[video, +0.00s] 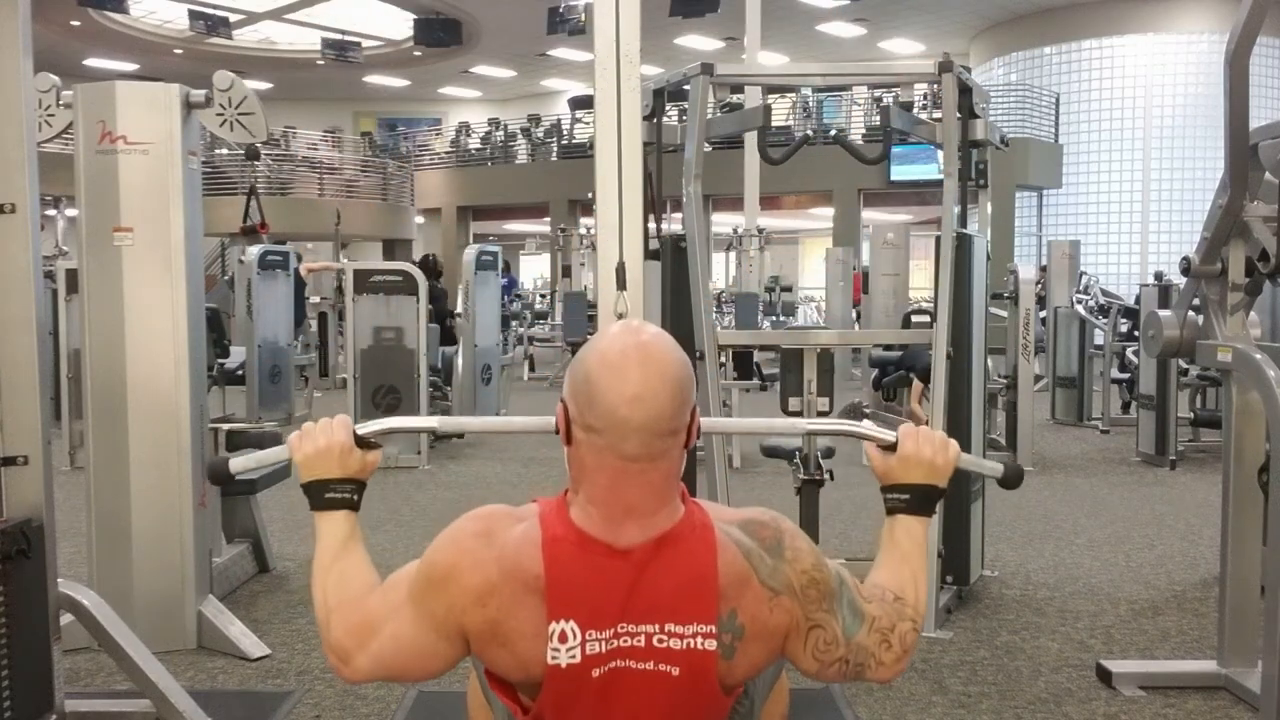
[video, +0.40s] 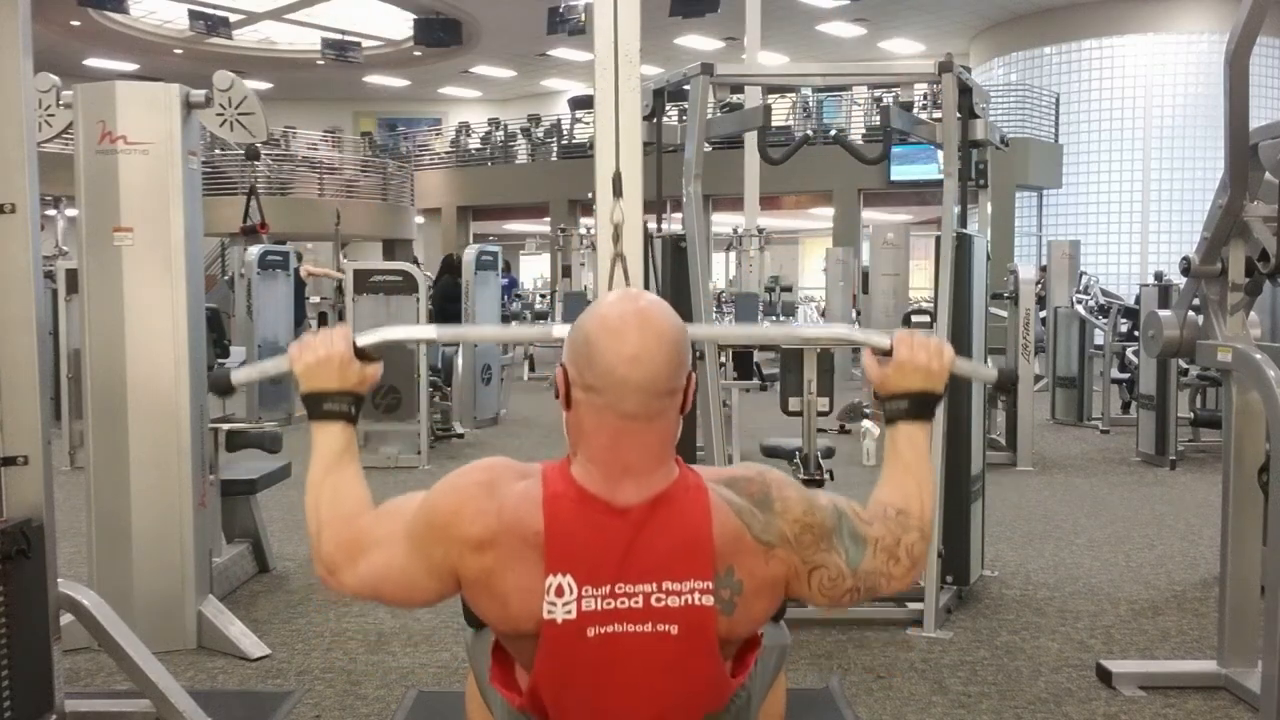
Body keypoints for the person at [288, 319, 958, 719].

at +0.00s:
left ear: (565, 424)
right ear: (691, 430)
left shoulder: (485, 553)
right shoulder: (763, 558)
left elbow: (356, 646)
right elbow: (880, 649)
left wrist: (331, 497)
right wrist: (913, 502)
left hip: (532, 710)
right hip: (701, 713)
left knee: (485, 659)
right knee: (770, 654)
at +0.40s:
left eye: (567, 367)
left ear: (564, 389)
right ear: (686, 393)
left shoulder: (486, 508)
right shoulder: (757, 514)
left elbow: (345, 557)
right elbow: (899, 554)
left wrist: (328, 409)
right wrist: (912, 410)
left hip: (536, 706)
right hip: (710, 704)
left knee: (489, 636)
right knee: (769, 627)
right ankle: (779, 704)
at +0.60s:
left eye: (564, 353)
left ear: (561, 375)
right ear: (682, 377)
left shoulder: (488, 482)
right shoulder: (748, 486)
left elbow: (337, 493)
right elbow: (898, 479)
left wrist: (330, 345)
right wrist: (912, 337)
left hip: (545, 701)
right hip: (706, 699)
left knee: (472, 666)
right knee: (774, 646)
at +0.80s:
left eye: (561, 331)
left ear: (560, 352)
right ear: (677, 355)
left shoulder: (490, 449)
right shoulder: (750, 446)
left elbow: (340, 422)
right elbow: (893, 407)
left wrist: (330, 278)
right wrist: (910, 257)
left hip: (552, 697)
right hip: (700, 696)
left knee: (495, 628)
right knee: (764, 637)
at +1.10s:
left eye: (565, 286)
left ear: (564, 311)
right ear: (672, 312)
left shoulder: (498, 388)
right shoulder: (744, 391)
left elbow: (356, 321)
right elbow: (873, 314)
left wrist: (339, 178)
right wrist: (901, 167)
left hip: (553, 693)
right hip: (707, 688)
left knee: (492, 646)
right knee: (768, 647)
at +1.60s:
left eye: (570, 264)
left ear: (568, 280)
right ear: (671, 281)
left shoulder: (515, 339)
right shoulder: (728, 343)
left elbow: (405, 222)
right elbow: (827, 214)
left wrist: (348, 70)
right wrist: (885, 67)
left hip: (556, 682)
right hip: (697, 681)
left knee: (488, 667)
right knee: (769, 646)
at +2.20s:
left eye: (573, 279)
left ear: (572, 300)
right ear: (681, 297)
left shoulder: (508, 370)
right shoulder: (747, 368)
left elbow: (366, 289)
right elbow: (875, 293)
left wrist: (337, 142)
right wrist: (905, 139)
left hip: (556, 693)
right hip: (701, 690)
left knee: (489, 659)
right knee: (768, 648)